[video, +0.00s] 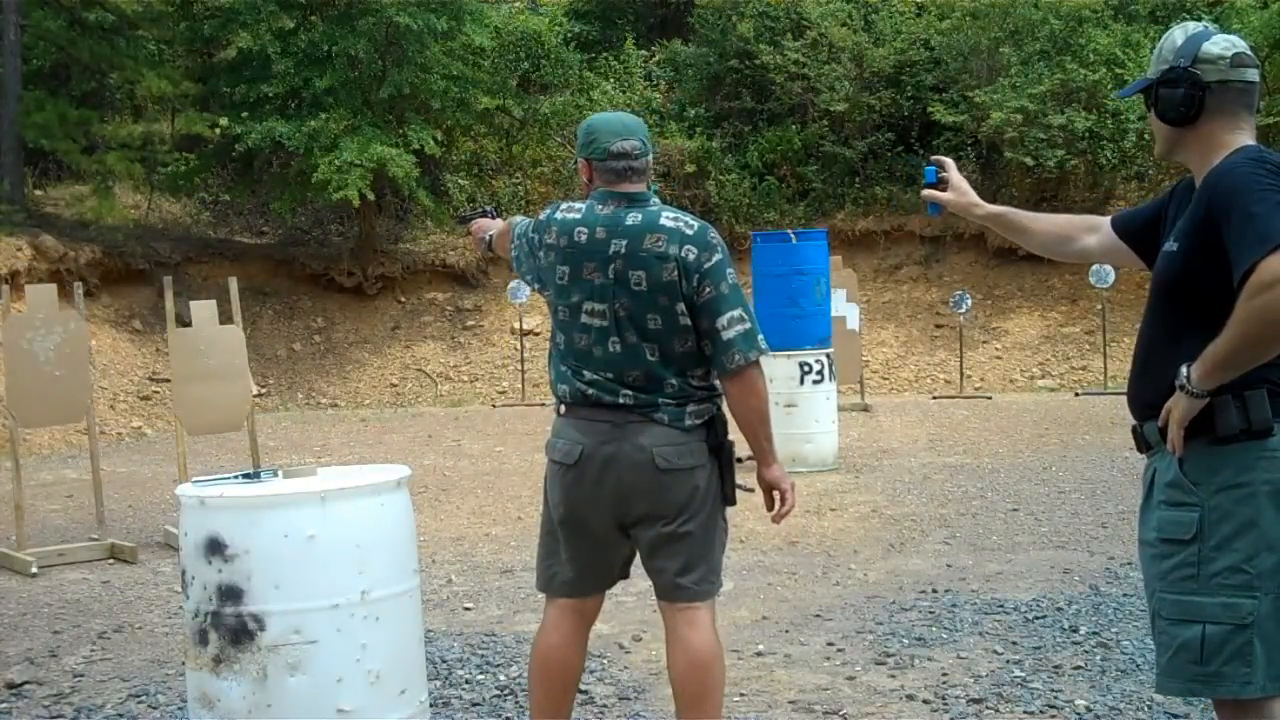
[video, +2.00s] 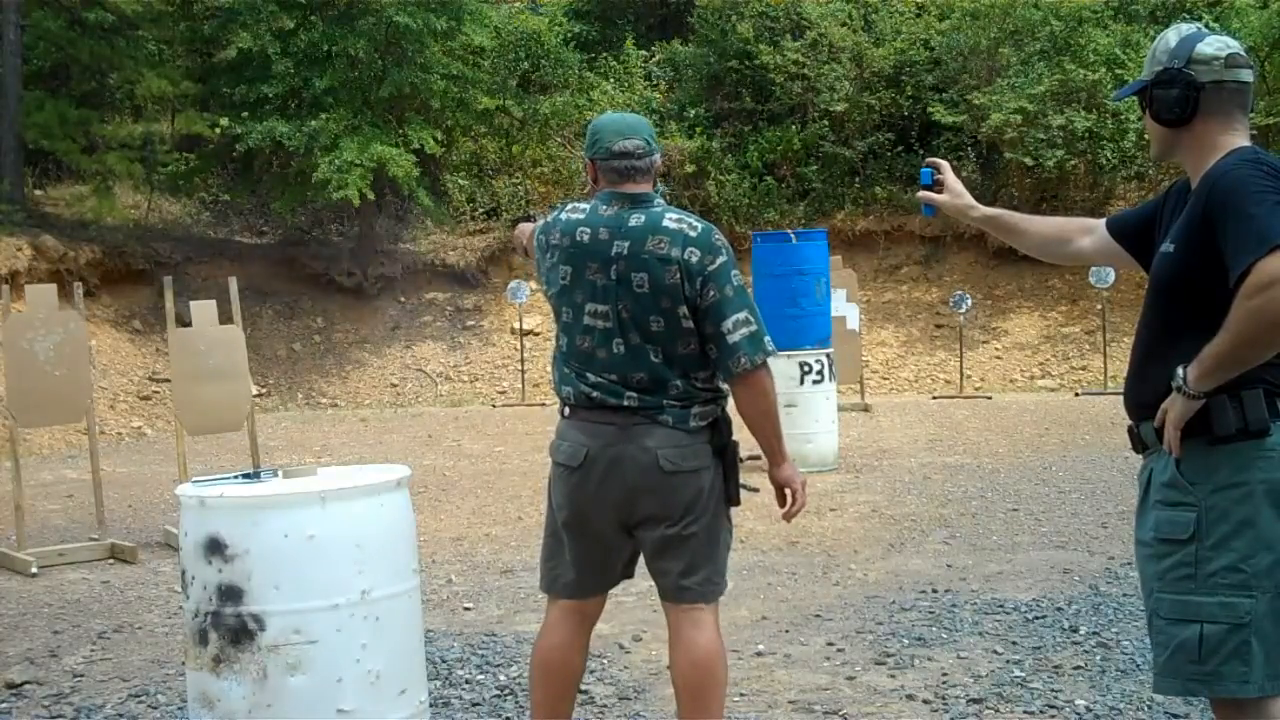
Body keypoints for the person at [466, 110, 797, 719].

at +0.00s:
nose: (581, 171)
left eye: (581, 164)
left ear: (586, 171)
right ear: (650, 167)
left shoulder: (557, 230)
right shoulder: (694, 239)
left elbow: (510, 241)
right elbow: (738, 362)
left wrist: (491, 229)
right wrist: (767, 459)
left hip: (581, 446)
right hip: (676, 450)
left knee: (568, 607)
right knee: (689, 612)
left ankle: (547, 715)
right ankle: (702, 715)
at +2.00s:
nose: (585, 172)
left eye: (586, 165)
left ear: (592, 170)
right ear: (658, 166)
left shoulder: (562, 233)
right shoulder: (697, 240)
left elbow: (527, 236)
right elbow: (747, 365)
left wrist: (533, 228)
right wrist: (778, 458)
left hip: (584, 447)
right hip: (682, 452)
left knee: (570, 608)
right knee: (693, 612)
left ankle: (547, 715)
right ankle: (703, 718)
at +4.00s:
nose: (594, 173)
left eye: (596, 166)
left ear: (602, 172)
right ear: (668, 168)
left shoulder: (569, 235)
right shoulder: (705, 244)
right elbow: (753, 370)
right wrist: (779, 452)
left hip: (593, 446)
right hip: (690, 452)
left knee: (573, 610)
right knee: (696, 615)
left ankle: (548, 713)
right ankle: (705, 717)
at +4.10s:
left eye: (611, 167)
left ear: (613, 173)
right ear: (679, 171)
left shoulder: (578, 237)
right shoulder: (715, 246)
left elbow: (558, 313)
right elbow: (759, 365)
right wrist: (773, 430)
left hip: (600, 448)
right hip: (694, 453)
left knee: (575, 608)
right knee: (699, 614)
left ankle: (550, 713)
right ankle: (706, 718)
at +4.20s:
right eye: (679, 169)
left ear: (622, 177)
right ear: (685, 176)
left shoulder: (587, 247)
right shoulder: (723, 249)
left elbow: (565, 343)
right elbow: (768, 364)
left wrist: (628, 360)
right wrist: (723, 381)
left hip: (606, 453)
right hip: (699, 455)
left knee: (576, 603)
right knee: (702, 614)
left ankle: (565, 713)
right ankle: (706, 717)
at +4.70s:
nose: (652, 212)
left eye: (645, 205)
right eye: (650, 204)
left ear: (590, 211)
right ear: (642, 208)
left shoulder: (561, 263)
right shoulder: (676, 259)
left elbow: (552, 350)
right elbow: (718, 347)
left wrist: (609, 332)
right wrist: (682, 311)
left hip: (573, 432)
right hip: (656, 433)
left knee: (579, 575)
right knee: (689, 574)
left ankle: (586, 708)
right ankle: (696, 696)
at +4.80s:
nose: (646, 209)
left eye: (640, 202)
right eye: (644, 202)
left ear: (584, 207)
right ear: (635, 205)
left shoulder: (557, 254)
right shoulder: (660, 249)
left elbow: (574, 316)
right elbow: (702, 314)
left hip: (566, 425)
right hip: (645, 428)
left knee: (577, 575)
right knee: (679, 557)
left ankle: (585, 708)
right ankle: (665, 654)